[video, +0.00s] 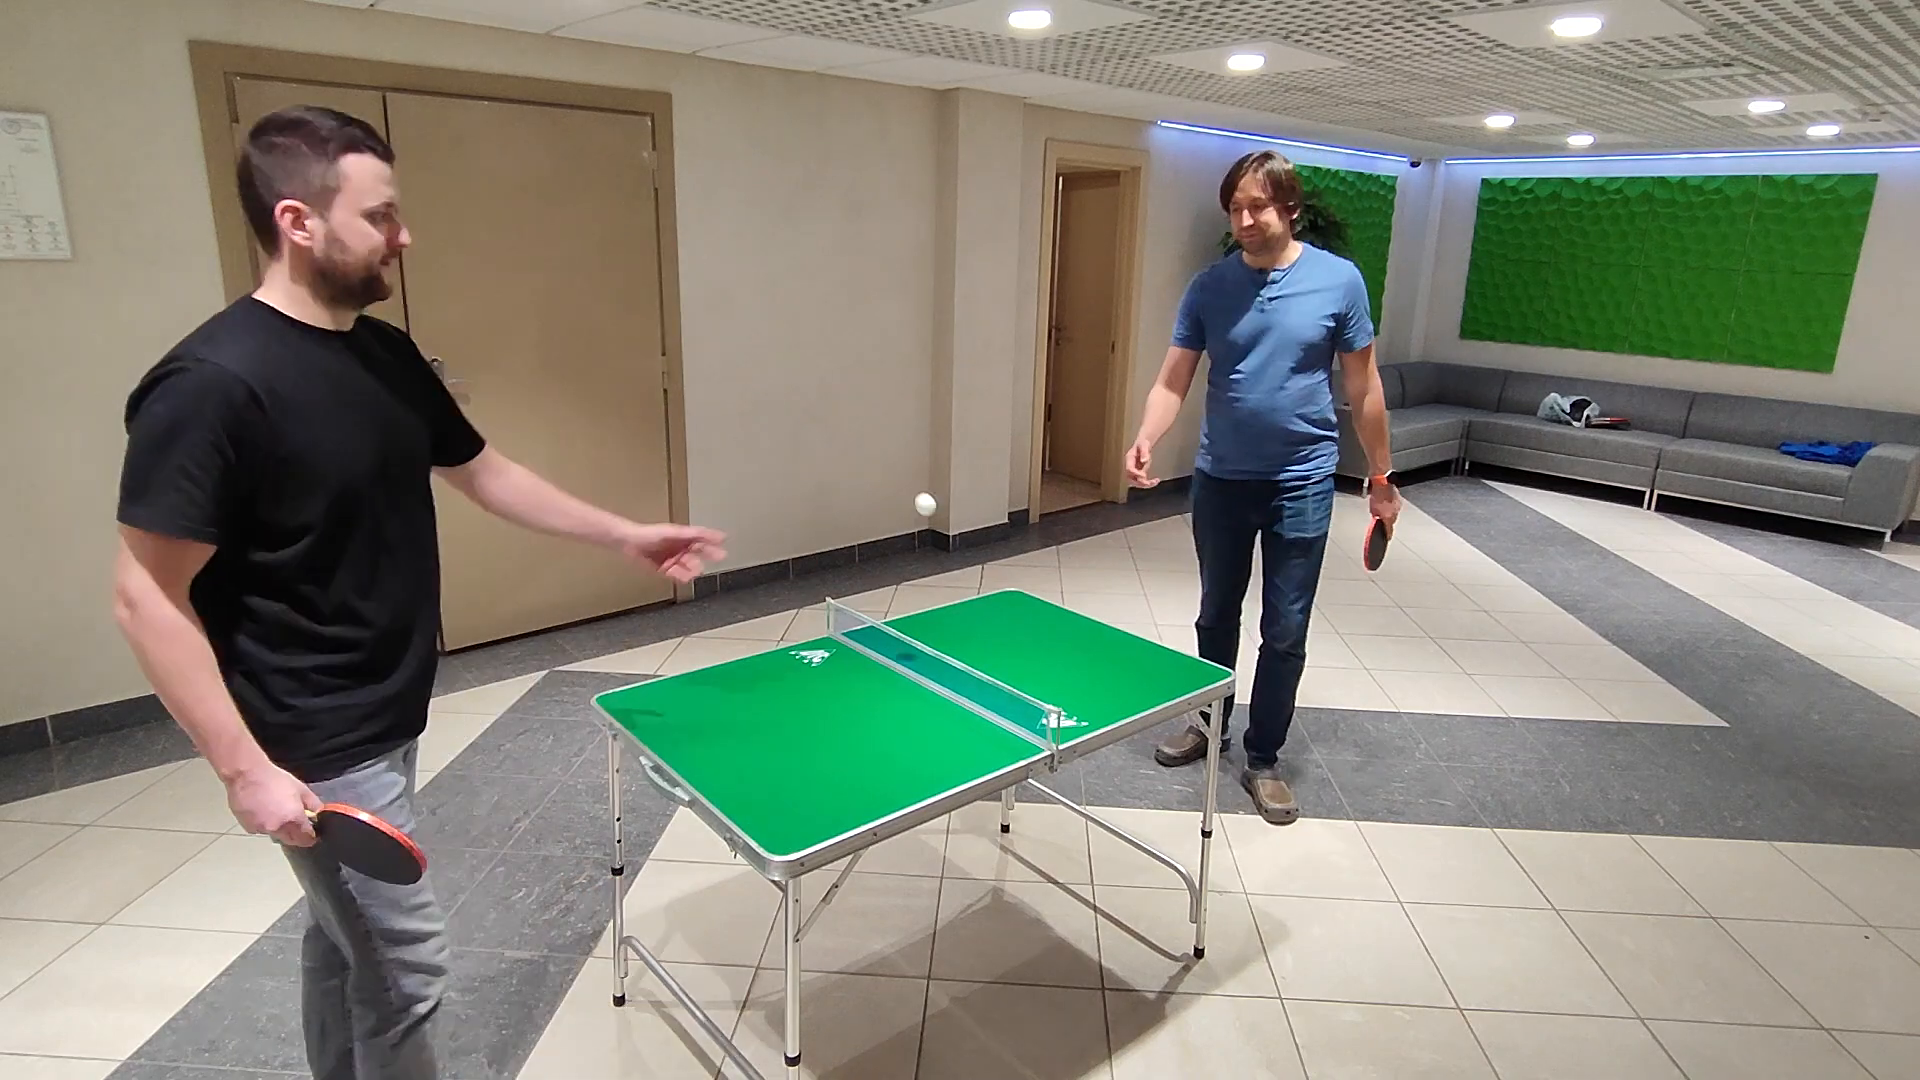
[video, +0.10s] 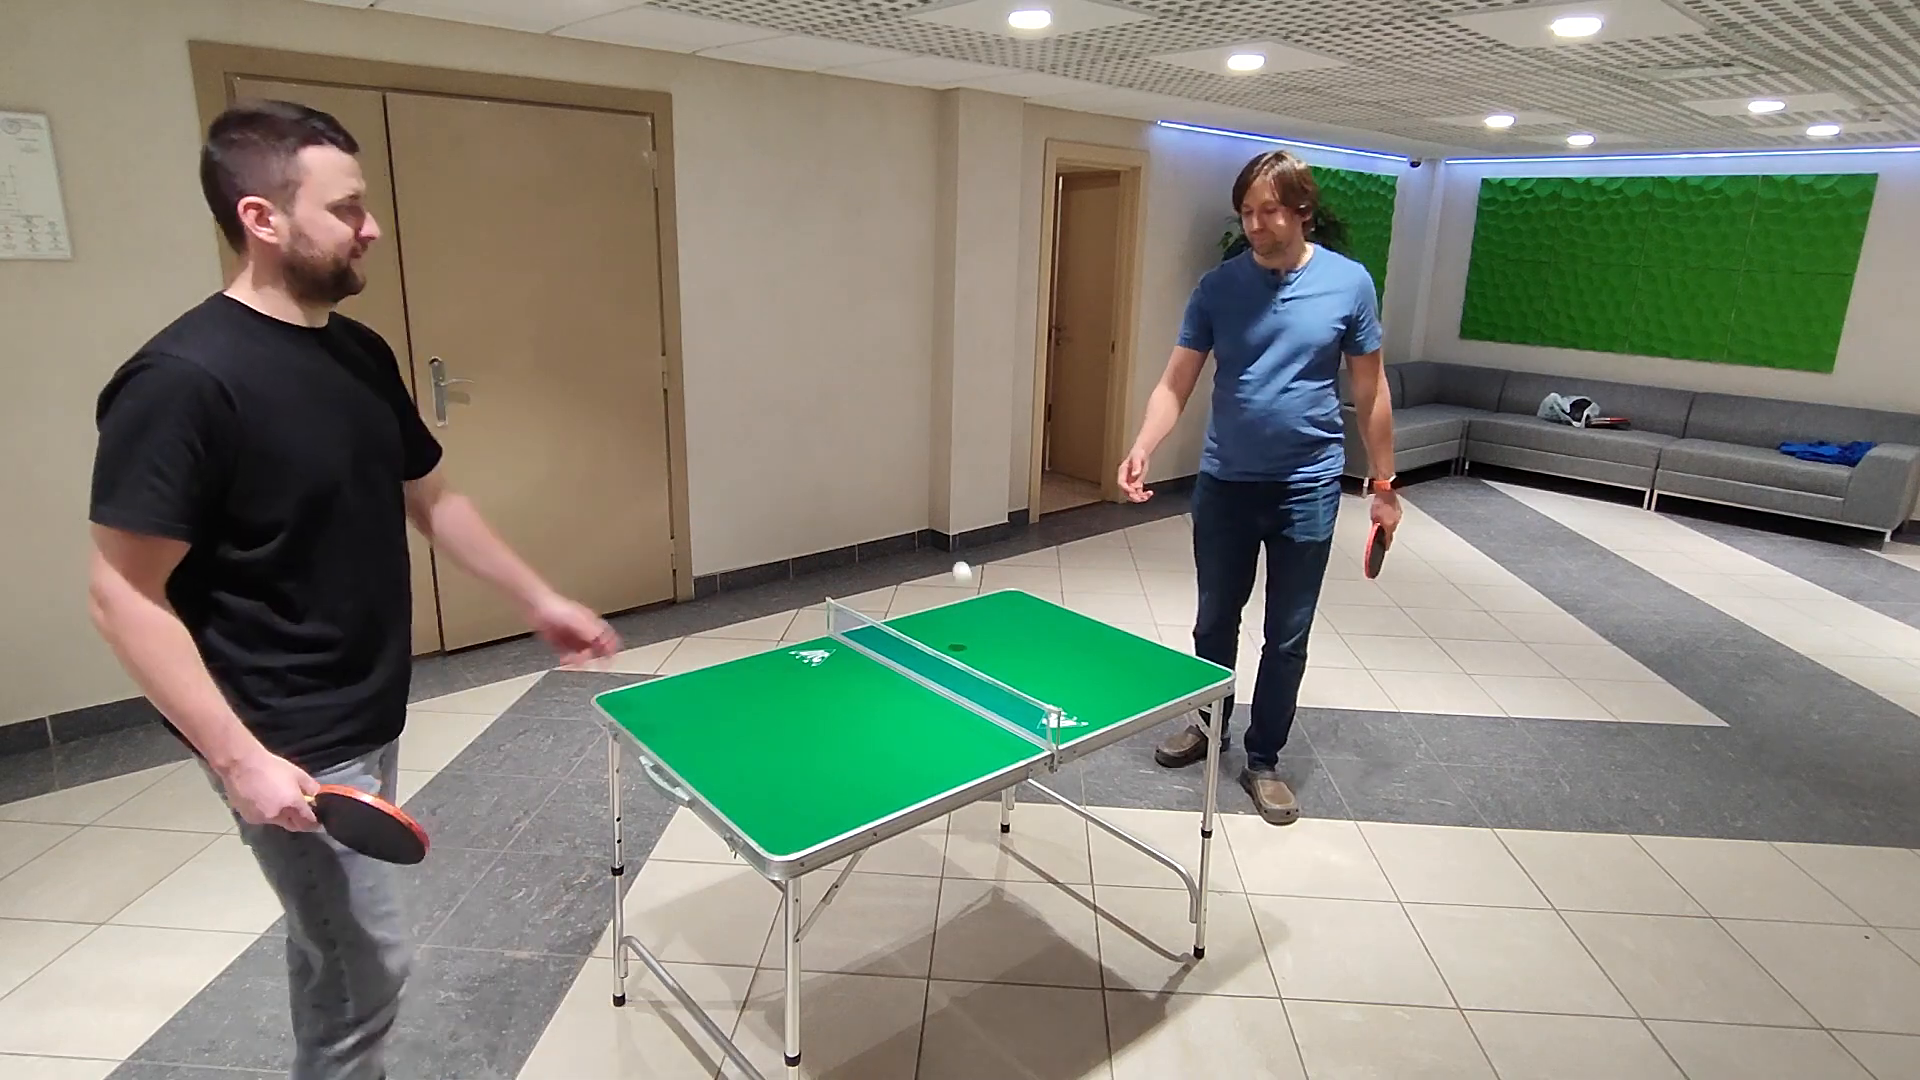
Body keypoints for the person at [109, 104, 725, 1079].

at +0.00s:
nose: (403, 240)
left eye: (400, 215)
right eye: (379, 216)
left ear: (315, 225)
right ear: (296, 223)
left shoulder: (386, 356)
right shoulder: (210, 386)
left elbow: (485, 473)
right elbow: (144, 595)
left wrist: (629, 536)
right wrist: (243, 769)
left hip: (390, 722)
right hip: (315, 747)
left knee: (343, 943)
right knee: (406, 985)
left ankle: (338, 1071)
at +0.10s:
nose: (370, 230)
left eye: (365, 206)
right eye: (344, 209)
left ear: (274, 220)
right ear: (262, 220)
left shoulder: (357, 351)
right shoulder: (182, 381)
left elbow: (433, 500)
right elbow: (122, 595)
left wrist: (541, 602)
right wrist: (240, 761)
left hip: (371, 724)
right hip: (284, 747)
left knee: (343, 954)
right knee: (365, 982)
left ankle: (337, 1063)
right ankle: (338, 1074)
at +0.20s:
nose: (340, 223)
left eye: (334, 199)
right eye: (313, 202)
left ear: (246, 216)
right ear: (226, 216)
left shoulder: (333, 351)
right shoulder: (153, 377)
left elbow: (373, 514)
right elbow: (98, 594)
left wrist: (424, 644)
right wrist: (239, 749)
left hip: (348, 723)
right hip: (250, 751)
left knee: (336, 955)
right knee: (316, 1002)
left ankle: (345, 1068)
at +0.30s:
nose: (304, 218)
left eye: (299, 193)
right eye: (276, 197)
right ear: (188, 212)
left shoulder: (300, 354)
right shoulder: (121, 377)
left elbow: (301, 552)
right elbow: (71, 600)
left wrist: (335, 707)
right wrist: (242, 738)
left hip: (327, 739)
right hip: (219, 775)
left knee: (328, 956)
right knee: (249, 1015)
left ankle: (342, 1073)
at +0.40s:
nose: (261, 218)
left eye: (254, 192)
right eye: (230, 195)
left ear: (156, 211)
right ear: (138, 211)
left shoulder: (254, 350)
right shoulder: (68, 385)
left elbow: (253, 558)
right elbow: (40, 616)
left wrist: (309, 707)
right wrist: (238, 729)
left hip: (296, 749)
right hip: (175, 789)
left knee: (313, 956)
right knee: (178, 1029)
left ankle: (337, 1070)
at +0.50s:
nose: (204, 219)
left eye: (196, 192)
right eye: (172, 195)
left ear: (88, 214)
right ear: (75, 212)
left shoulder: (201, 356)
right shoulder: (24, 386)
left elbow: (238, 557)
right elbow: (13, 639)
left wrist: (288, 703)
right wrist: (219, 728)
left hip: (256, 762)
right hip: (114, 804)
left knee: (297, 956)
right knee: (99, 1044)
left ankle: (335, 1071)